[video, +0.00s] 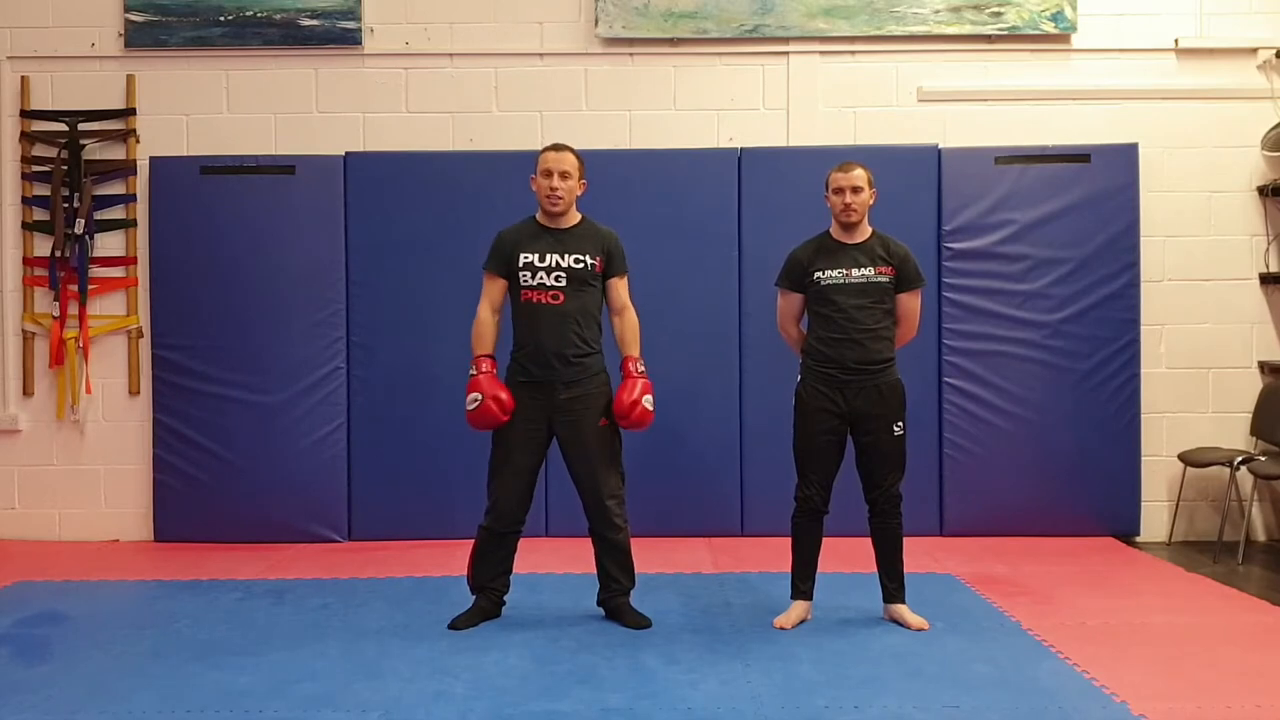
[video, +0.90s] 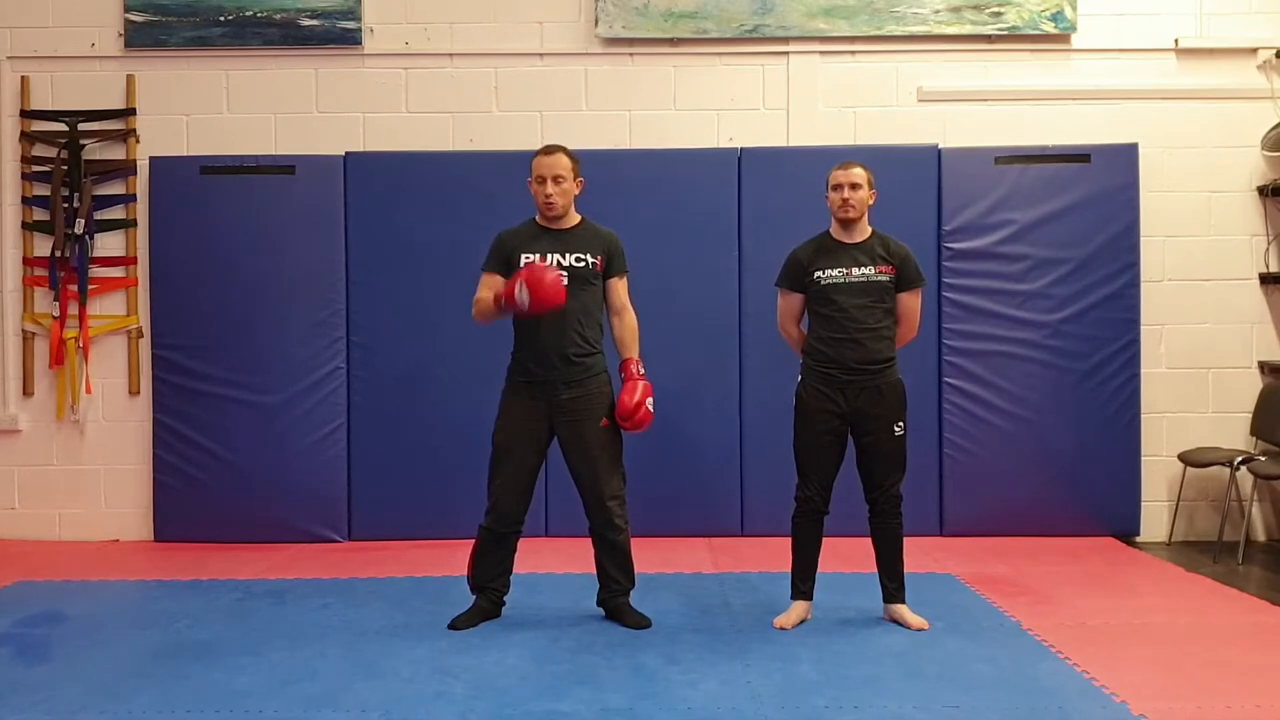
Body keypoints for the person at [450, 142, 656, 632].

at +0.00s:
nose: (554, 184)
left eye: (565, 176)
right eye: (547, 175)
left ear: (580, 185)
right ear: (534, 181)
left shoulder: (603, 241)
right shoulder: (512, 240)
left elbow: (622, 310)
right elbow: (489, 309)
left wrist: (634, 372)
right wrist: (483, 370)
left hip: (586, 388)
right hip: (524, 388)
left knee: (606, 499)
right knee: (505, 500)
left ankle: (616, 598)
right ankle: (488, 597)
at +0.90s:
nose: (548, 189)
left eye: (558, 180)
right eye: (540, 180)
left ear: (577, 185)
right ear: (530, 185)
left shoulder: (604, 243)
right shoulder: (511, 242)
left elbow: (621, 311)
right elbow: (482, 310)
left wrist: (633, 373)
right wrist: (511, 298)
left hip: (587, 390)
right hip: (526, 390)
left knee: (607, 500)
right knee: (504, 500)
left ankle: (616, 598)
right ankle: (488, 598)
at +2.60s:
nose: (671, 191)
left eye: (674, 183)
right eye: (662, 180)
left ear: (671, 189)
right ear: (632, 181)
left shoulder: (663, 251)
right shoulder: (589, 227)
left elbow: (674, 315)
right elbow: (547, 286)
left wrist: (719, 314)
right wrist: (595, 319)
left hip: (633, 380)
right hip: (582, 375)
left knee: (631, 489)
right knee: (579, 485)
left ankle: (616, 593)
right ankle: (567, 598)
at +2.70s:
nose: (663, 189)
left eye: (669, 181)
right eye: (654, 178)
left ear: (671, 188)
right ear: (627, 180)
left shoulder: (663, 249)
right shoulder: (589, 230)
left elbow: (672, 313)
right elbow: (548, 291)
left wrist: (711, 335)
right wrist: (598, 325)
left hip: (641, 379)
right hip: (590, 377)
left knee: (640, 486)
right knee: (598, 484)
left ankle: (622, 593)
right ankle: (600, 603)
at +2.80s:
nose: (648, 187)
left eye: (655, 178)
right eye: (638, 176)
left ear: (662, 186)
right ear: (616, 182)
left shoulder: (662, 248)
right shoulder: (585, 237)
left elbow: (667, 313)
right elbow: (549, 299)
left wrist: (695, 341)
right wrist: (602, 334)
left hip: (648, 385)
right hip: (596, 386)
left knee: (665, 489)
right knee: (607, 493)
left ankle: (626, 585)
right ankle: (601, 606)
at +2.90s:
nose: (637, 190)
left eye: (645, 180)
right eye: (627, 180)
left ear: (656, 186)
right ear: (608, 186)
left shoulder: (662, 247)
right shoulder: (585, 241)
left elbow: (658, 304)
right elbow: (552, 305)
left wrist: (679, 329)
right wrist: (603, 339)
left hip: (656, 387)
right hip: (602, 389)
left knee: (693, 482)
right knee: (601, 499)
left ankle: (644, 569)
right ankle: (601, 606)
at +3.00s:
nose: (640, 188)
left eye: (647, 178)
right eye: (629, 179)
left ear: (655, 182)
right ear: (608, 183)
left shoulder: (665, 242)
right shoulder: (584, 240)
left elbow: (666, 294)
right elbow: (556, 307)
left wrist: (686, 322)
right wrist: (606, 336)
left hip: (664, 385)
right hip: (608, 389)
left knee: (703, 480)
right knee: (601, 500)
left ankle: (674, 573)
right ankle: (602, 607)